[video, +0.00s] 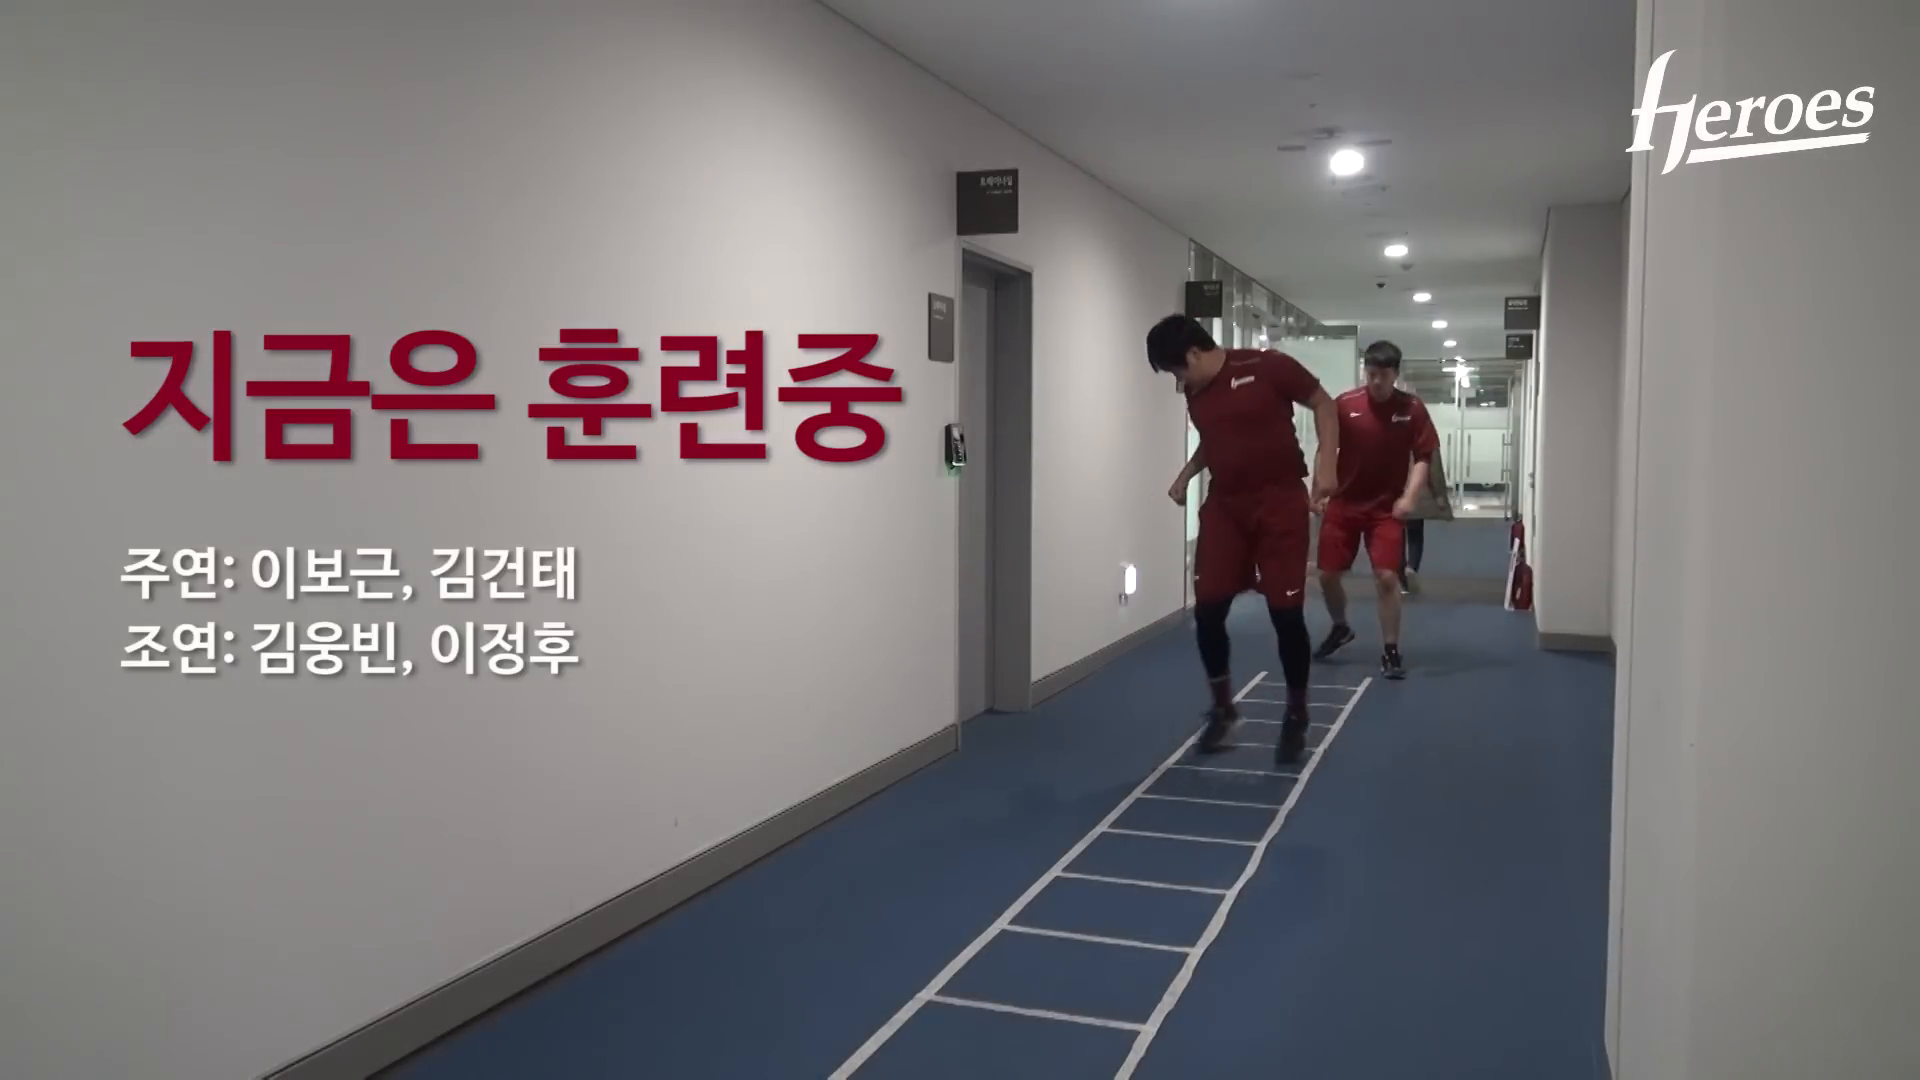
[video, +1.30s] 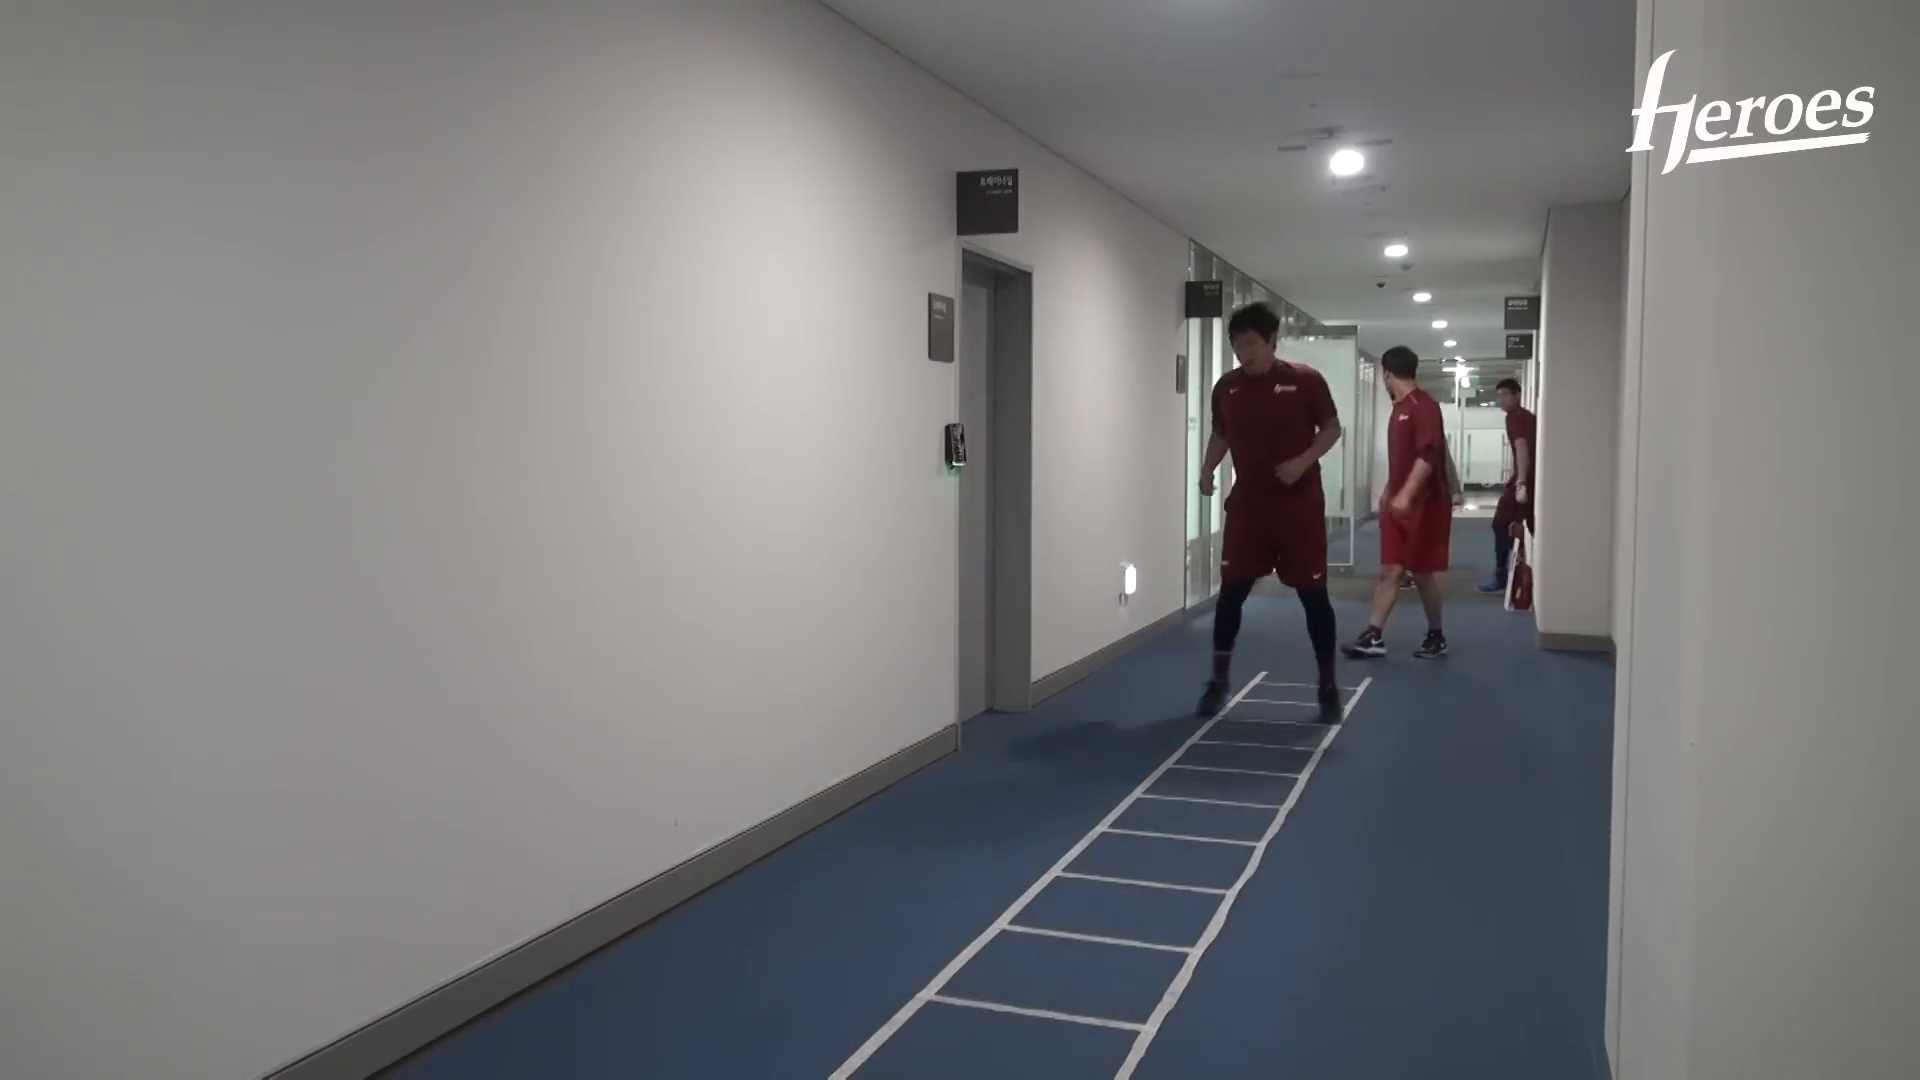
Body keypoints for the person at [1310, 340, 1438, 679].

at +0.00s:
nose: (1378, 380)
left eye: (1385, 374)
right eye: (1372, 373)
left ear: (1397, 374)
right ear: (1364, 371)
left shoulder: (1412, 409)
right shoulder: (1343, 405)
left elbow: (1422, 456)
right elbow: (1325, 448)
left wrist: (1409, 497)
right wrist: (1319, 489)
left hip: (1386, 508)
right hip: (1342, 505)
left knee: (1387, 578)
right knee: (1328, 574)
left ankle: (1391, 650)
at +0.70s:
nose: (1343, 378)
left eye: (1344, 371)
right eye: (1344, 372)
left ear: (1353, 370)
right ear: (1365, 368)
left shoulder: (1395, 400)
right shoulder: (1357, 408)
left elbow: (1402, 446)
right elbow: (1355, 453)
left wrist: (1382, 482)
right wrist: (1347, 489)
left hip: (1389, 497)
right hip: (1359, 497)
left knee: (1386, 568)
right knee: (1365, 569)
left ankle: (1411, 635)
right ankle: (1372, 638)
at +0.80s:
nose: (1351, 376)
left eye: (1351, 370)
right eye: (1352, 371)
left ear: (1359, 369)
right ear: (1374, 367)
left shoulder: (1395, 399)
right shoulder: (1364, 403)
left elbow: (1395, 443)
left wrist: (1360, 465)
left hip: (1391, 502)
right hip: (1363, 502)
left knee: (1391, 573)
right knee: (1368, 570)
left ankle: (1421, 624)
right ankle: (1373, 636)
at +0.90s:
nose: (1361, 376)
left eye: (1361, 370)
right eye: (1361, 371)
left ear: (1366, 369)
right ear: (1386, 366)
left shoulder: (1397, 397)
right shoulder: (1379, 401)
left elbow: (1394, 437)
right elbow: (1379, 443)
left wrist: (1348, 451)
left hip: (1395, 501)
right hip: (1370, 500)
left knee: (1394, 571)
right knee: (1371, 570)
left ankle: (1429, 620)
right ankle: (1373, 637)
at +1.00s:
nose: (1367, 376)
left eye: (1367, 370)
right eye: (1367, 371)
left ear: (1373, 368)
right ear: (1394, 367)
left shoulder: (1402, 397)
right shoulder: (1388, 400)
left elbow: (1397, 435)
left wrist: (1344, 446)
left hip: (1400, 502)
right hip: (1377, 501)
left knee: (1402, 572)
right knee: (1375, 570)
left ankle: (1432, 627)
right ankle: (1373, 636)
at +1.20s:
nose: (1379, 378)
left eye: (1379, 371)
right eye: (1379, 372)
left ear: (1385, 371)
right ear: (1407, 369)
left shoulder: (1416, 401)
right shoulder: (1400, 403)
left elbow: (1417, 445)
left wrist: (1375, 469)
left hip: (1417, 503)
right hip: (1392, 503)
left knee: (1417, 573)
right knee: (1384, 570)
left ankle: (1435, 633)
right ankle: (1374, 635)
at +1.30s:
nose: (1383, 380)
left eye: (1384, 374)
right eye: (1384, 374)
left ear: (1391, 374)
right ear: (1409, 372)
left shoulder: (1425, 406)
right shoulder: (1400, 408)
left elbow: (1428, 455)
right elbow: (1400, 457)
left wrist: (1406, 494)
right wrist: (1389, 490)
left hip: (1424, 502)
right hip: (1397, 500)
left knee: (1422, 572)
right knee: (1389, 570)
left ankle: (1435, 635)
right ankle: (1373, 634)